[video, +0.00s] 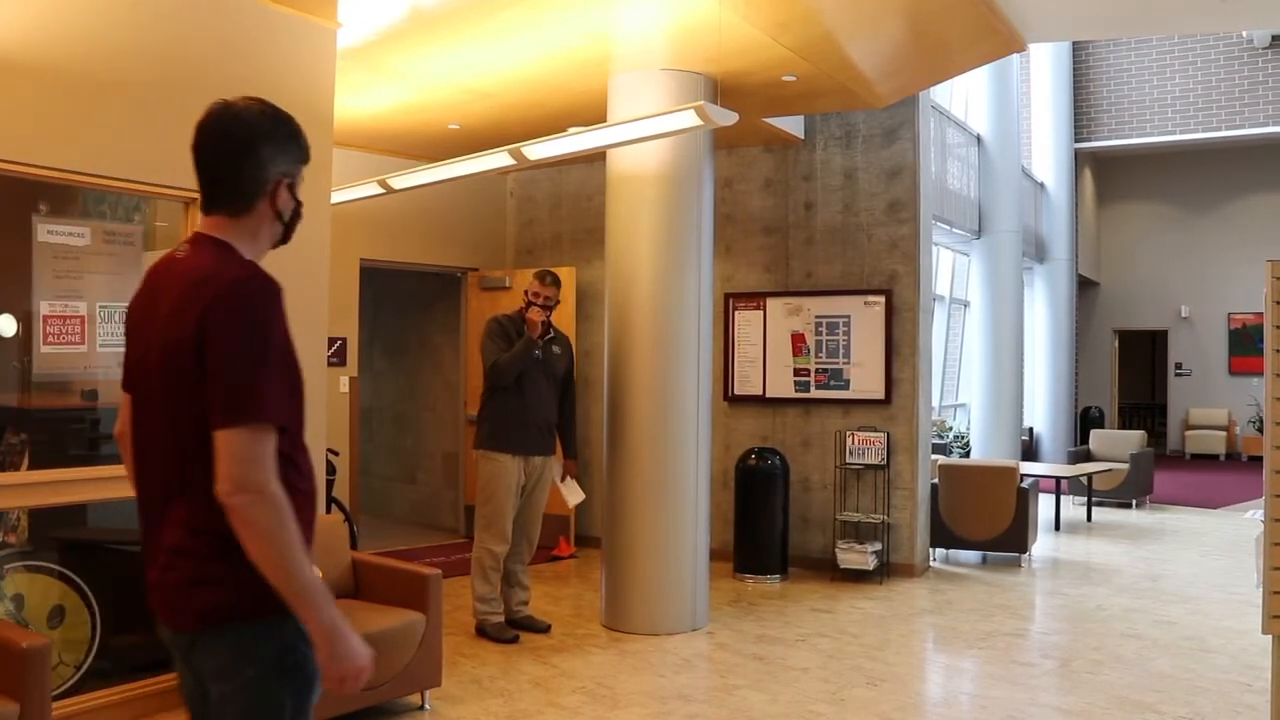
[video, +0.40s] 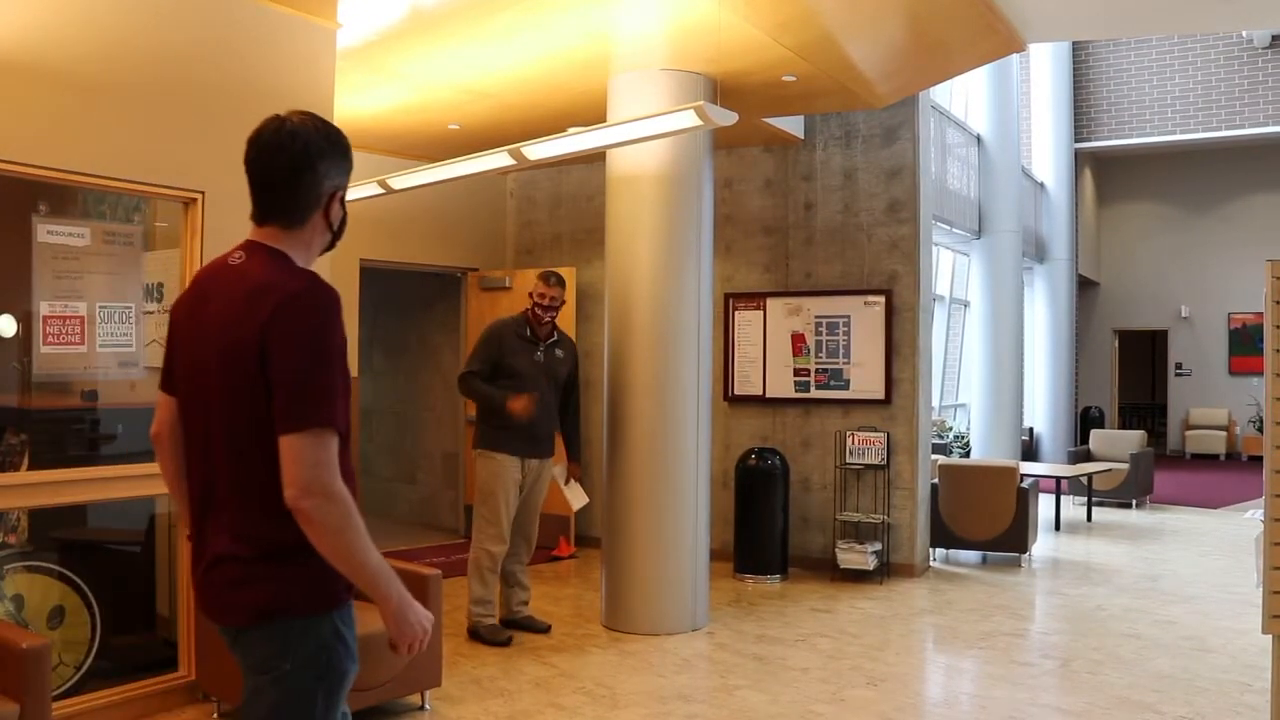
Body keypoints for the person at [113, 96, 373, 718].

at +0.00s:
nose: (300, 201)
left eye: (300, 183)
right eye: (299, 183)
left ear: (209, 180)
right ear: (279, 192)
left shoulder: (160, 280)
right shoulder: (244, 290)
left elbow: (132, 436)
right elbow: (247, 485)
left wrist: (182, 541)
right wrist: (329, 626)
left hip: (188, 603)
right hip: (250, 614)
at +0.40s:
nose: (345, 210)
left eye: (346, 193)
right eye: (346, 193)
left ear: (258, 189)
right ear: (333, 203)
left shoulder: (200, 291)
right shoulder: (304, 299)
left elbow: (166, 432)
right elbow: (311, 486)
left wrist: (205, 529)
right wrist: (395, 600)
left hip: (230, 585)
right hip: (293, 598)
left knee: (282, 703)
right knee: (299, 707)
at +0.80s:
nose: (393, 217)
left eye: (393, 200)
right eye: (389, 200)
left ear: (306, 203)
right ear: (356, 206)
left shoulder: (254, 291)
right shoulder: (344, 296)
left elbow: (219, 433)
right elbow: (353, 472)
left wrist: (254, 533)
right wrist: (438, 568)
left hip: (278, 573)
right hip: (334, 585)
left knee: (337, 706)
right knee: (335, 711)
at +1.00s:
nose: (408, 221)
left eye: (409, 205)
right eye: (406, 204)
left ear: (325, 202)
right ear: (377, 207)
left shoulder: (277, 288)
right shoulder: (363, 293)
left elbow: (238, 425)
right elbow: (386, 458)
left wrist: (296, 490)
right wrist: (511, 521)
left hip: (295, 567)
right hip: (355, 579)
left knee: (338, 707)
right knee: (362, 709)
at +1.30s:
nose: (425, 228)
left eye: (426, 213)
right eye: (426, 212)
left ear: (347, 207)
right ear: (408, 216)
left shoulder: (299, 292)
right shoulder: (388, 294)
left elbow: (261, 422)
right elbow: (414, 448)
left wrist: (333, 463)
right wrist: (544, 492)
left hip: (318, 555)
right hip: (391, 562)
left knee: (349, 712)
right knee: (443, 707)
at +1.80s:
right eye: (478, 218)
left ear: (396, 212)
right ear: (469, 224)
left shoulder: (343, 298)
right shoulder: (459, 304)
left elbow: (303, 422)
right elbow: (496, 458)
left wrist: (369, 457)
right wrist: (624, 494)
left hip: (370, 559)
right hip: (451, 563)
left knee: (385, 711)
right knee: (498, 707)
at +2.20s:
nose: (546, 223)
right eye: (548, 212)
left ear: (464, 206)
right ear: (541, 218)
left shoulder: (406, 296)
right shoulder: (539, 301)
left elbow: (360, 430)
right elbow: (582, 461)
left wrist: (416, 462)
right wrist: (709, 496)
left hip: (439, 573)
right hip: (528, 582)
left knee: (440, 714)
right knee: (541, 713)